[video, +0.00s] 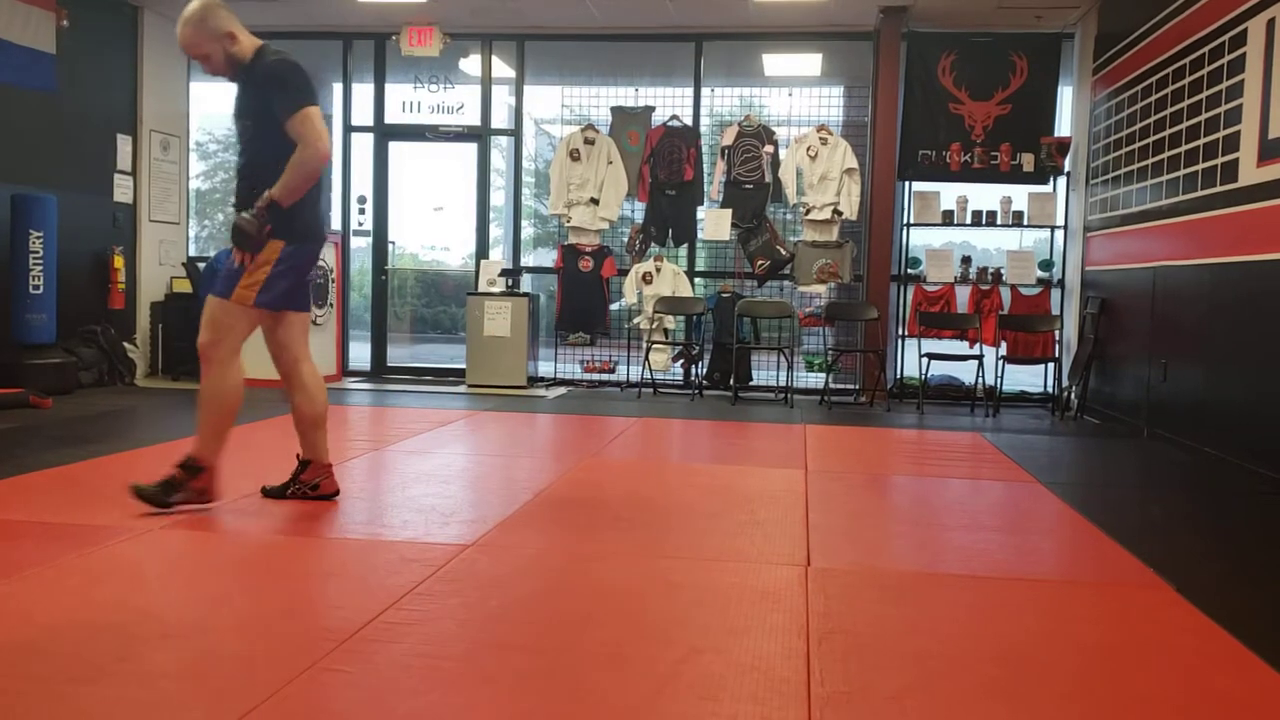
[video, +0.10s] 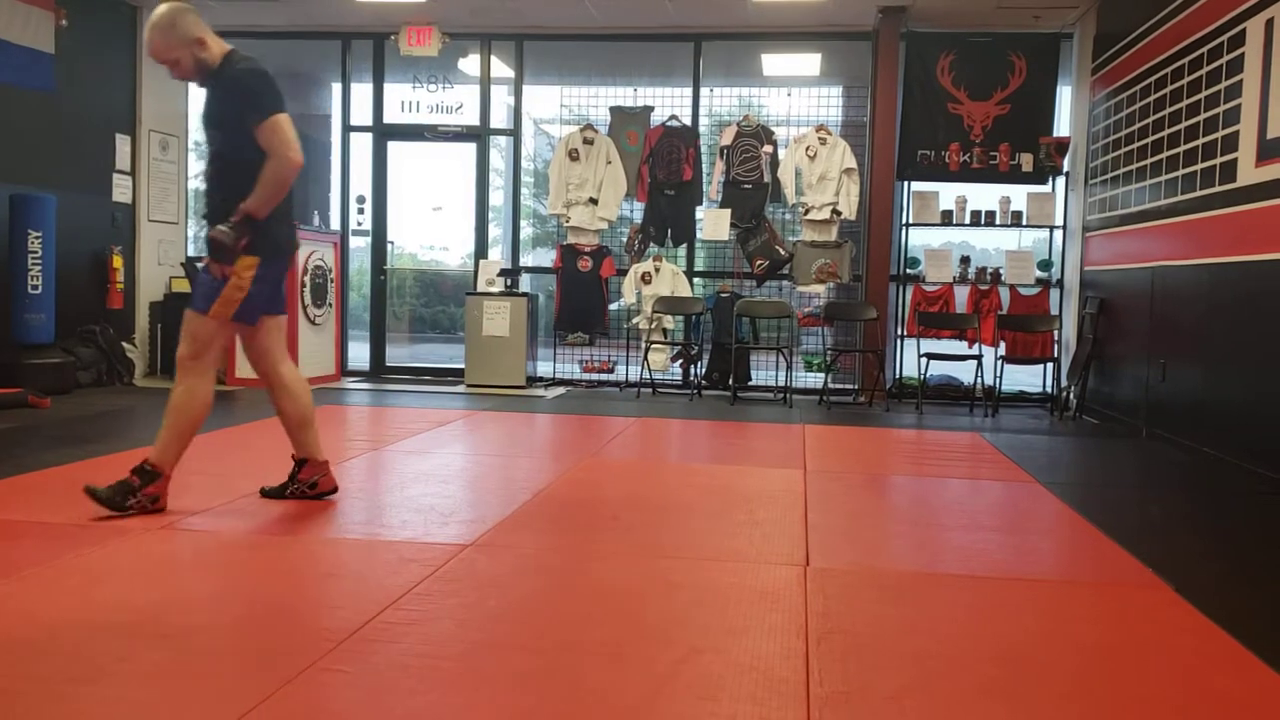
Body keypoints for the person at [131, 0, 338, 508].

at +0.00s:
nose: (204, 69)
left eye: (202, 58)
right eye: (198, 62)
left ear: (228, 38)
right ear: (225, 42)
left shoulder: (276, 71)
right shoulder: (259, 78)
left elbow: (315, 150)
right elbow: (279, 156)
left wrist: (264, 210)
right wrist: (251, 212)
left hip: (276, 235)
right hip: (287, 234)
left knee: (216, 344)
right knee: (293, 356)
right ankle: (317, 472)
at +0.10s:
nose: (172, 74)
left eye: (171, 63)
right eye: (166, 66)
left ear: (198, 44)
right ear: (195, 47)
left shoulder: (243, 78)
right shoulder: (227, 82)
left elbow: (287, 157)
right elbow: (253, 161)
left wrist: (240, 222)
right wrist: (229, 224)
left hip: (248, 244)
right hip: (256, 240)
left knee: (194, 358)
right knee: (272, 358)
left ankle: (151, 480)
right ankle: (315, 470)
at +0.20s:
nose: (134, 73)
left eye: (132, 61)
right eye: (128, 64)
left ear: (157, 41)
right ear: (155, 42)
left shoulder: (205, 74)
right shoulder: (191, 76)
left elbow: (249, 159)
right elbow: (219, 159)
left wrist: (203, 221)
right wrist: (191, 220)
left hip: (216, 240)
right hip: (221, 237)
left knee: (165, 356)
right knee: (220, 353)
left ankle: (143, 483)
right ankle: (293, 449)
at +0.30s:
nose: (102, 68)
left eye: (100, 56)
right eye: (96, 60)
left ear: (125, 38)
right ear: (126, 36)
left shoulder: (172, 67)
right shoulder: (158, 69)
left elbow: (217, 155)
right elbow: (189, 156)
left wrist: (172, 217)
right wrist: (160, 214)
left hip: (192, 236)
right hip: (190, 232)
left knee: (145, 353)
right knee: (168, 343)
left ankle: (141, 483)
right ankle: (244, 427)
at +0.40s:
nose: (77, 59)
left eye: (73, 47)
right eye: (69, 50)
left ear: (100, 29)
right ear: (104, 25)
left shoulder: (154, 63)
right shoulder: (130, 64)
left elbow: (206, 149)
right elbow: (147, 148)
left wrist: (158, 218)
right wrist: (129, 208)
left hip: (171, 232)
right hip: (143, 226)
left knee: (140, 348)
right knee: (110, 329)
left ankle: (142, 482)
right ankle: (176, 435)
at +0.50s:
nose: (60, 56)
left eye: (61, 45)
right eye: (55, 47)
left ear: (91, 30)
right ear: (90, 27)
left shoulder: (145, 67)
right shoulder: (107, 69)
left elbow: (199, 156)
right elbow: (123, 151)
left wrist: (148, 223)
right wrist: (98, 204)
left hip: (149, 237)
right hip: (110, 228)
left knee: (112, 352)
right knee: (77, 342)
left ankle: (140, 484)